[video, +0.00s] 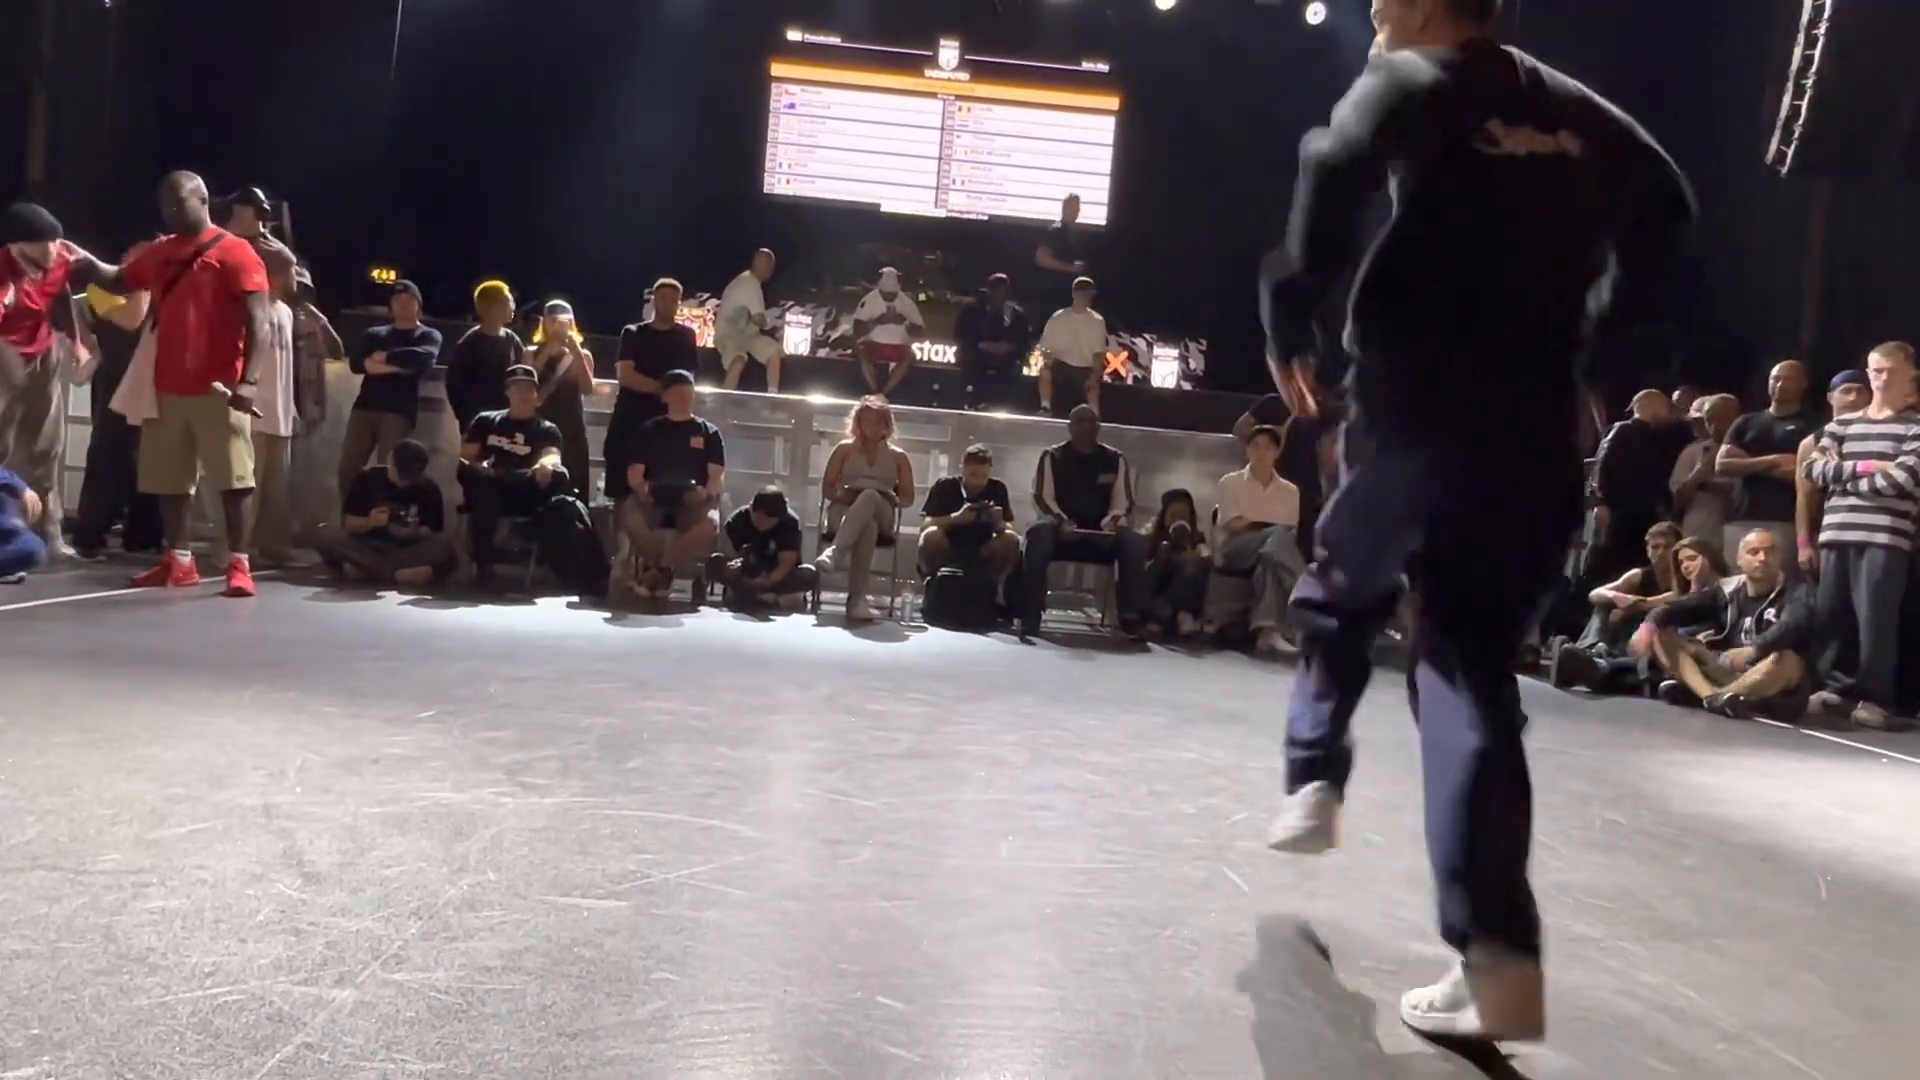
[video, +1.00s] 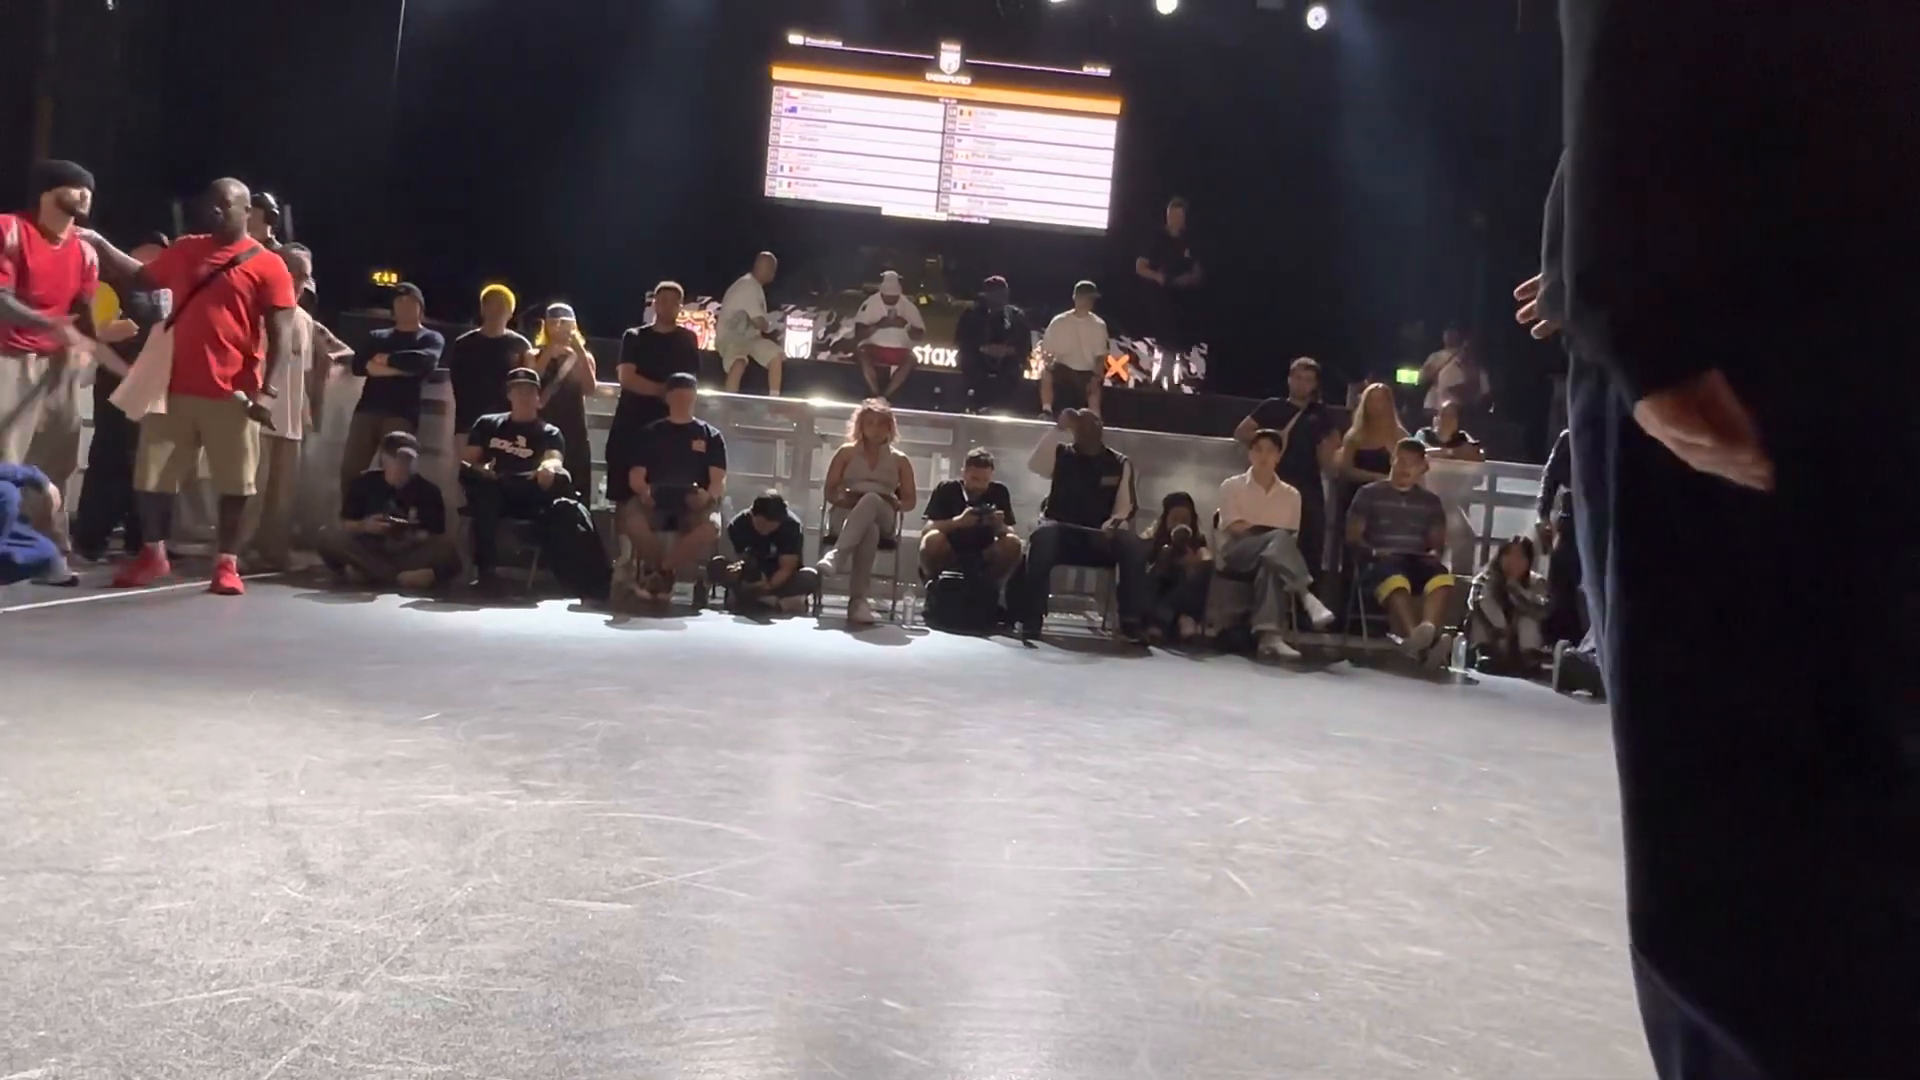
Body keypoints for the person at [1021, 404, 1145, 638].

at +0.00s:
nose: (1086, 427)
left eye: (1091, 422)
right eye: (1079, 422)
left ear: (1099, 426)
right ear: (1069, 426)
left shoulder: (1115, 459)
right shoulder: (1052, 456)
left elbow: (1122, 501)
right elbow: (1044, 497)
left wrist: (1113, 519)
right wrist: (1060, 520)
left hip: (1100, 536)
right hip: (1066, 534)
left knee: (1131, 540)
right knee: (1039, 533)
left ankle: (1130, 618)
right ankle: (1030, 619)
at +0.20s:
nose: (1086, 427)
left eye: (1092, 422)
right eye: (1080, 421)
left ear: (1100, 426)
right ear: (1070, 426)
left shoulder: (1116, 460)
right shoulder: (1053, 457)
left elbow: (1122, 503)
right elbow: (1043, 498)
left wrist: (1112, 520)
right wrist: (1059, 518)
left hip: (1100, 536)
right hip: (1065, 533)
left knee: (1132, 540)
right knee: (1040, 533)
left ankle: (1131, 618)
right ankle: (1031, 618)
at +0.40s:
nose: (1087, 429)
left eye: (1093, 423)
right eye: (1081, 423)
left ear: (1101, 428)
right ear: (1071, 427)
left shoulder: (1118, 461)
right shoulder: (1053, 458)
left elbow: (1122, 506)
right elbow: (1040, 505)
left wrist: (1112, 521)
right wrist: (1051, 510)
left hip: (1100, 535)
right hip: (1063, 533)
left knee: (1132, 541)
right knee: (1040, 535)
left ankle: (1131, 619)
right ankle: (1031, 619)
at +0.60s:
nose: (1088, 429)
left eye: (1093, 423)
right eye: (1082, 423)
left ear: (1102, 428)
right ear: (1072, 428)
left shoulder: (1119, 462)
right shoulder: (1056, 454)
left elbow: (1123, 502)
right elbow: (1037, 495)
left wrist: (1115, 519)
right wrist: (1054, 463)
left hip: (1099, 535)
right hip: (1062, 533)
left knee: (1132, 541)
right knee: (1042, 534)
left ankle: (1132, 619)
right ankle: (1032, 619)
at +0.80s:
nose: (1083, 428)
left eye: (1089, 423)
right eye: (1078, 423)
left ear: (1100, 428)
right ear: (1070, 428)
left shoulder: (1118, 461)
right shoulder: (1059, 453)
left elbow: (1123, 503)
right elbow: (1034, 470)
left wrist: (1114, 519)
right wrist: (1055, 434)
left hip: (1099, 534)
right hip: (1062, 532)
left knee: (1132, 541)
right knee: (1041, 535)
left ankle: (1131, 619)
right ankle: (1031, 618)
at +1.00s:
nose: (1086, 430)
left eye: (1092, 424)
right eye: (1080, 425)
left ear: (1101, 430)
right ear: (1072, 430)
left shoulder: (1120, 463)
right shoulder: (1061, 455)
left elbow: (1124, 504)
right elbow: (1036, 464)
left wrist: (1115, 520)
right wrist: (1058, 429)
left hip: (1099, 535)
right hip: (1062, 532)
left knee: (1131, 543)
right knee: (1043, 537)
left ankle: (1131, 622)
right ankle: (1031, 621)